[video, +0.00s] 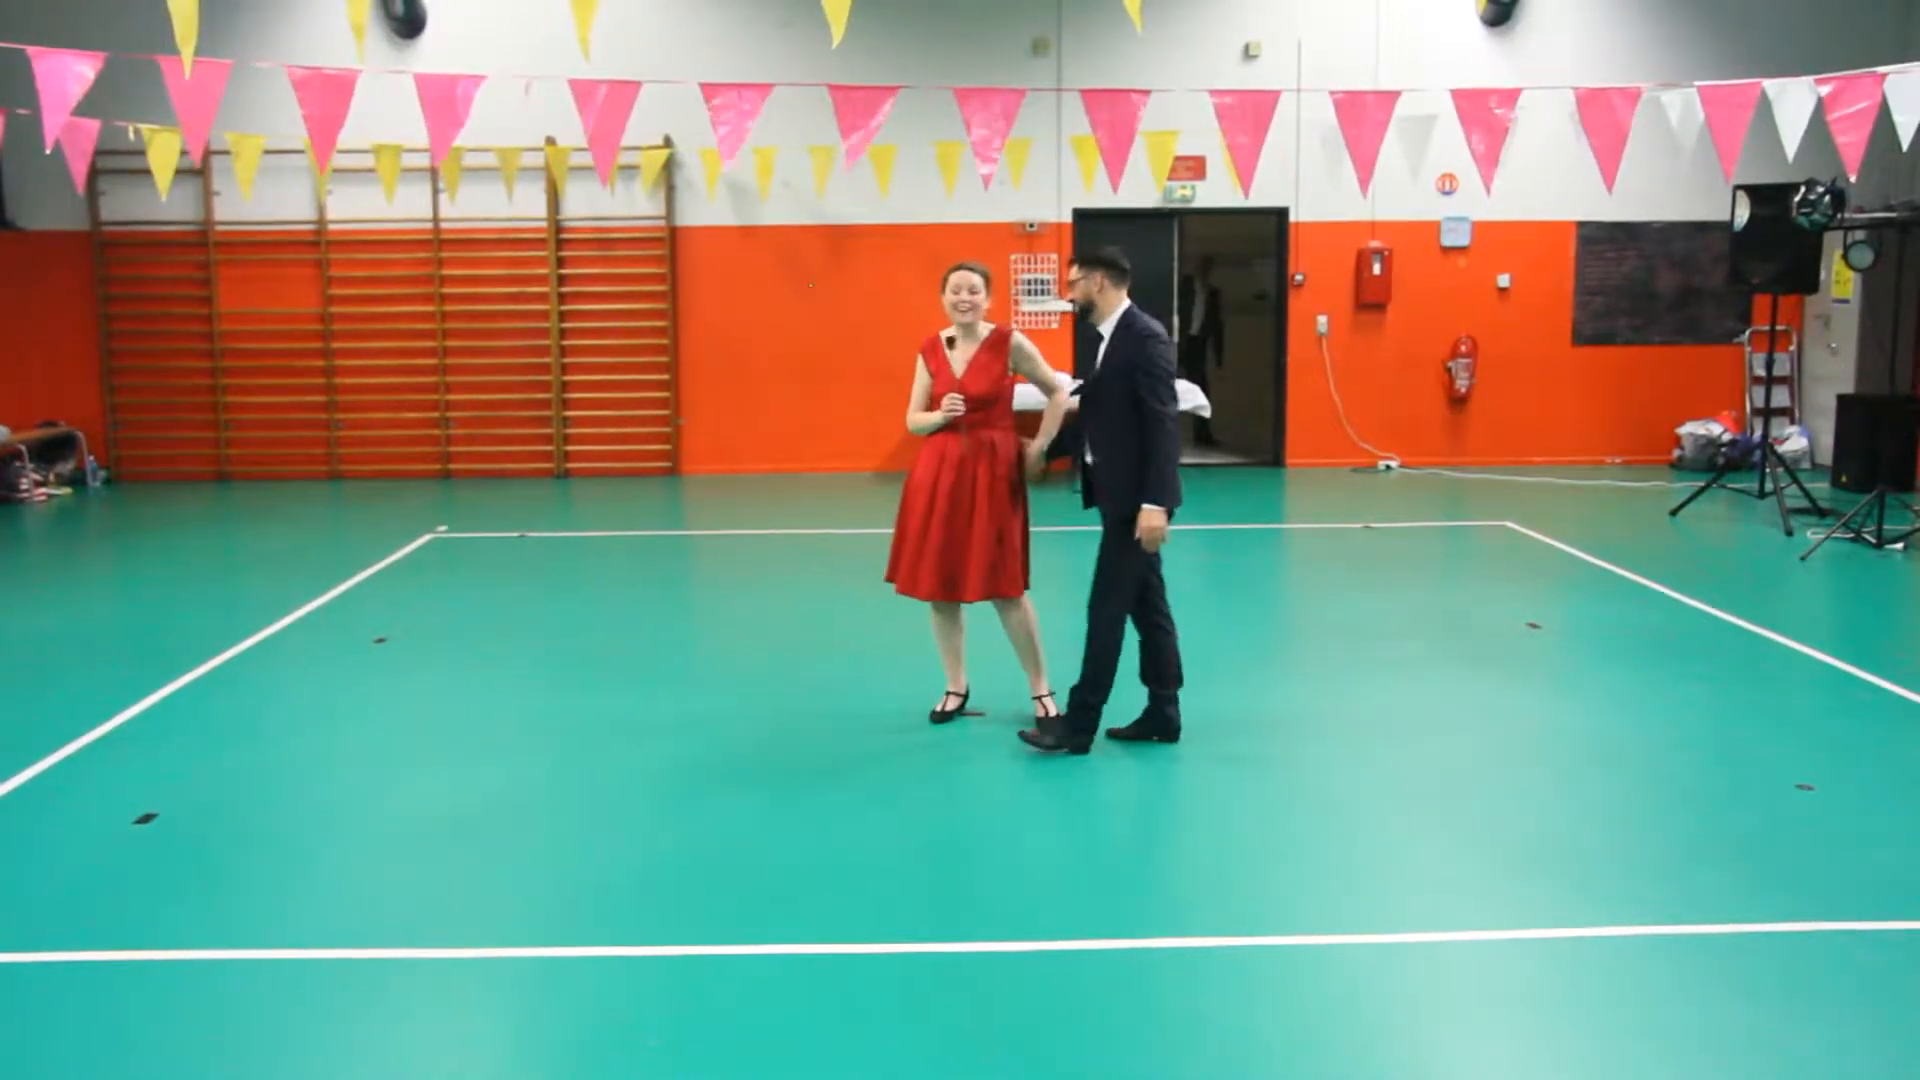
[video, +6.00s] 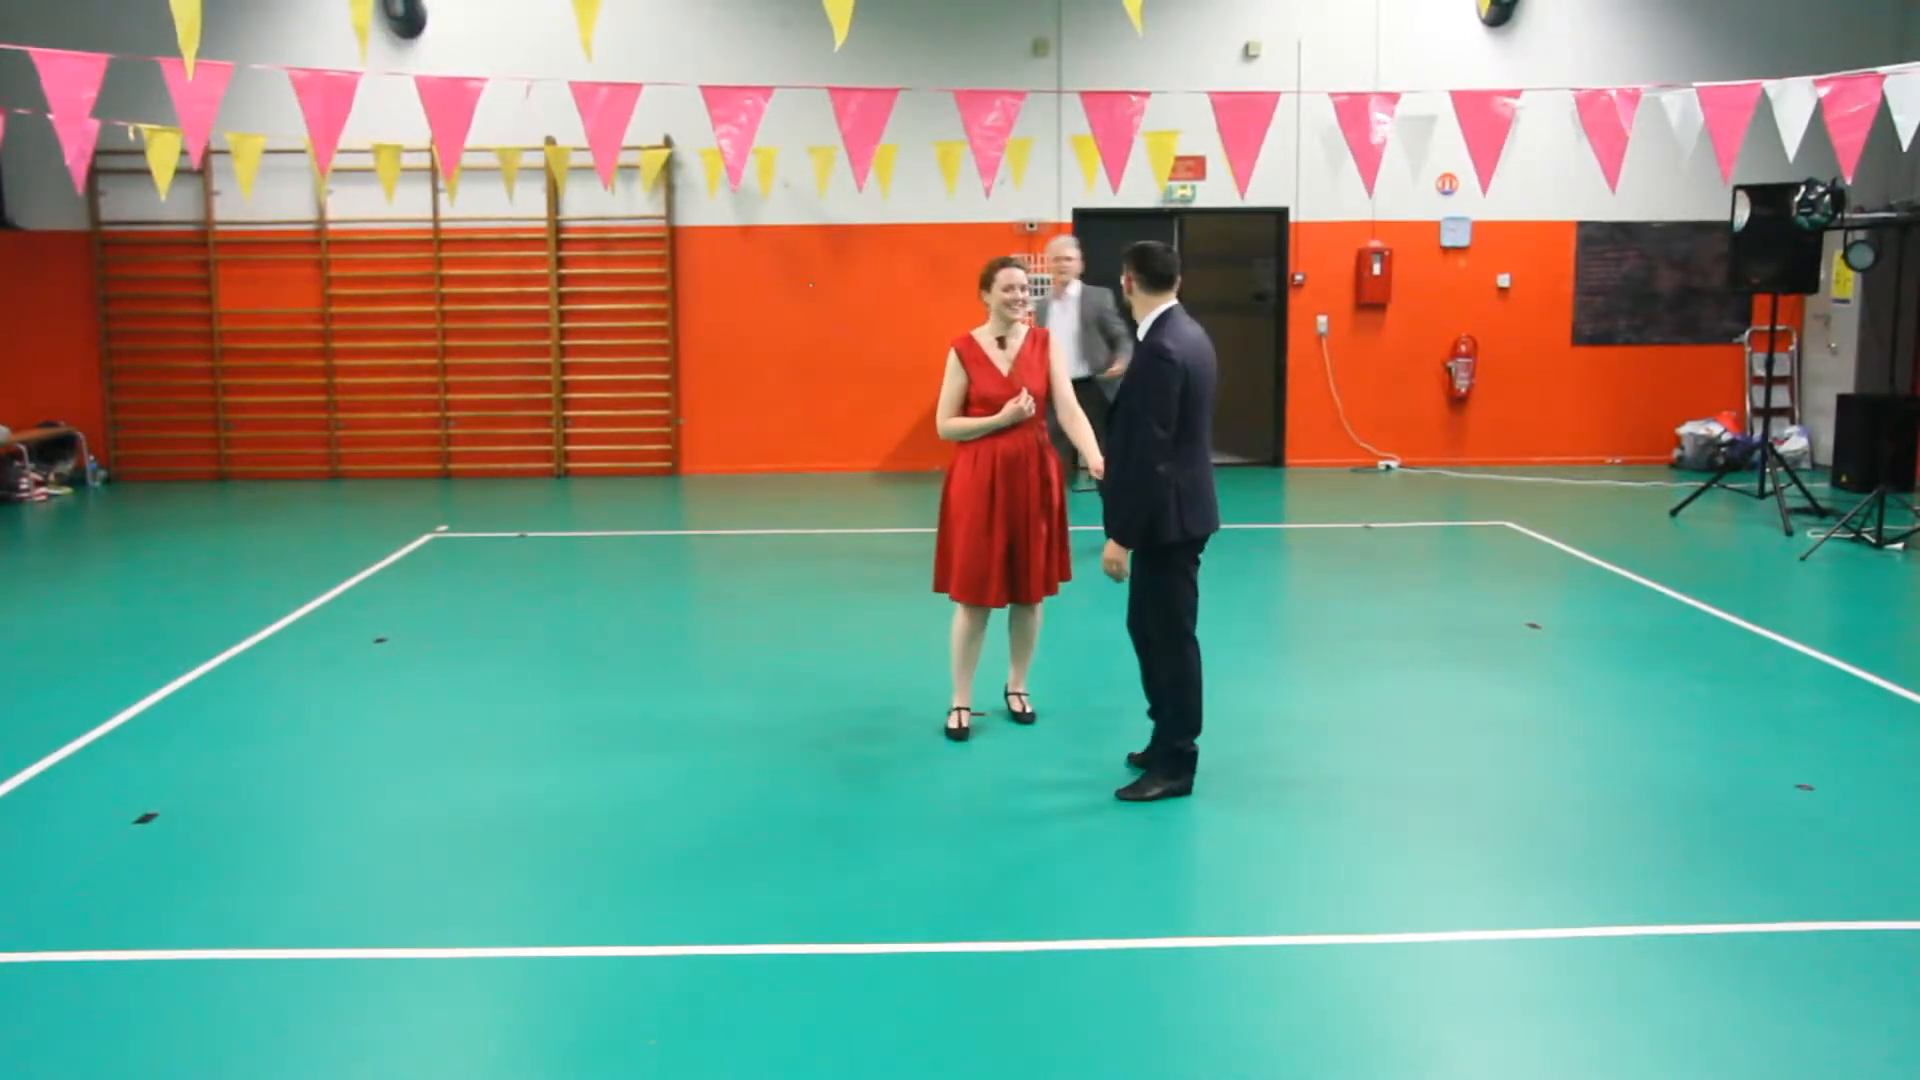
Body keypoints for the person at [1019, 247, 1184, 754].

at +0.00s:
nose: (1071, 292)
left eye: (1076, 282)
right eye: (1071, 283)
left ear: (1105, 283)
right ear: (1097, 284)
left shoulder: (1145, 336)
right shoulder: (1097, 333)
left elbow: (1163, 423)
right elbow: (1093, 406)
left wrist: (1157, 501)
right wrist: (1048, 448)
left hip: (1136, 497)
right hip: (1115, 493)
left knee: (1106, 610)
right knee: (1149, 609)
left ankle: (1078, 725)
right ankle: (1164, 713)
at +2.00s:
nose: (1206, 285)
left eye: (1215, 277)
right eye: (1196, 277)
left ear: (1230, 283)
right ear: (1181, 285)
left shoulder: (1255, 340)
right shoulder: (1161, 340)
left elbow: (1277, 417)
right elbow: (1137, 417)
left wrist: (1302, 486)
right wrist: (1105, 477)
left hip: (1237, 483)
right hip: (1177, 484)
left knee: (1256, 606)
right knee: (1175, 597)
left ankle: (1267, 713)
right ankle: (1175, 693)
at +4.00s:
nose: (1180, 290)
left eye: (1186, 280)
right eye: (1182, 281)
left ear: (1209, 283)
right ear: (1210, 285)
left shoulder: (1265, 345)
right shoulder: (1203, 343)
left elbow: (1284, 433)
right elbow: (1178, 412)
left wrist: (1286, 514)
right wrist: (1119, 444)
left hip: (1250, 498)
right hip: (1200, 494)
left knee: (1257, 613)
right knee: (1196, 611)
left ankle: (1254, 718)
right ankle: (1186, 727)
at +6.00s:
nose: (1121, 287)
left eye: (1122, 280)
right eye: (1124, 279)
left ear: (1129, 282)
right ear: (1176, 282)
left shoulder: (1161, 350)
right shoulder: (1189, 335)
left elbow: (1143, 453)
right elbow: (1165, 433)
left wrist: (1120, 535)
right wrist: (1117, 464)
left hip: (1167, 521)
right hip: (1180, 513)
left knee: (1169, 637)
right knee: (1150, 627)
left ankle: (1176, 765)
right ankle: (1169, 739)